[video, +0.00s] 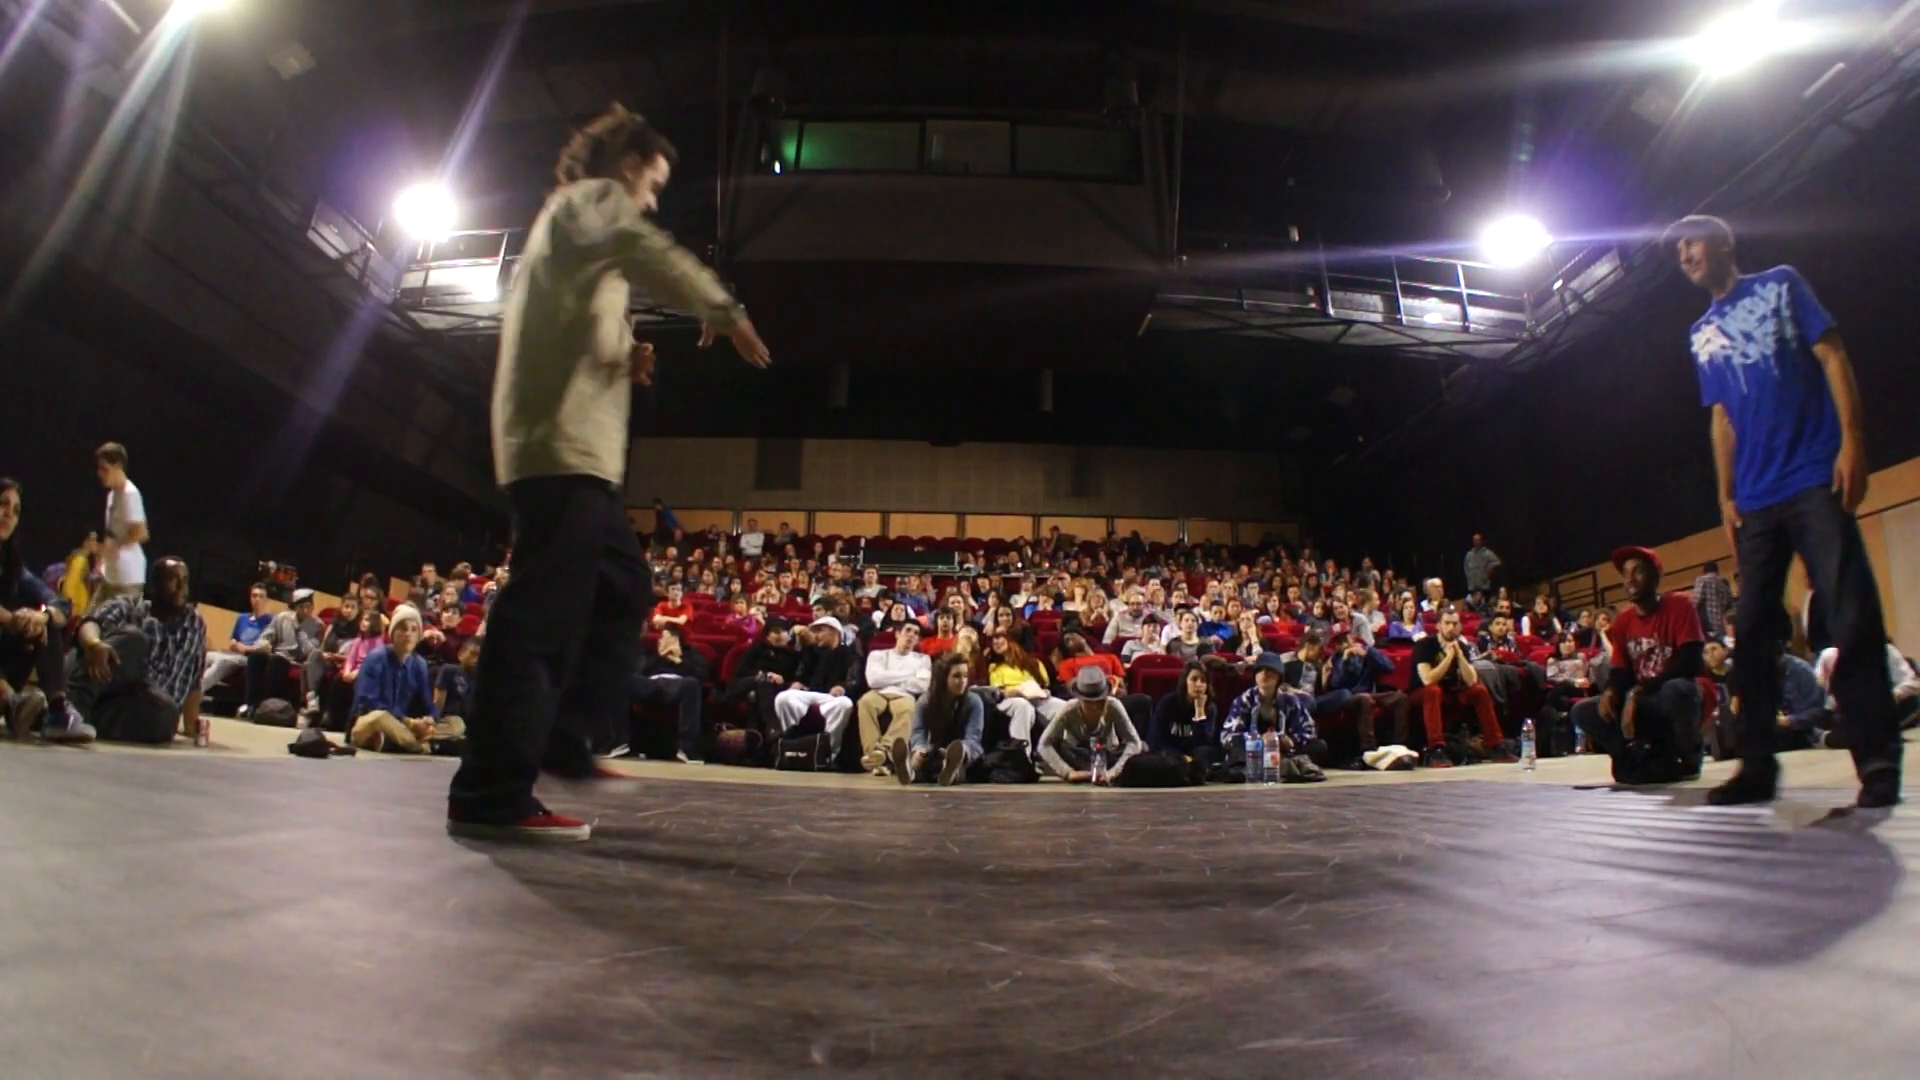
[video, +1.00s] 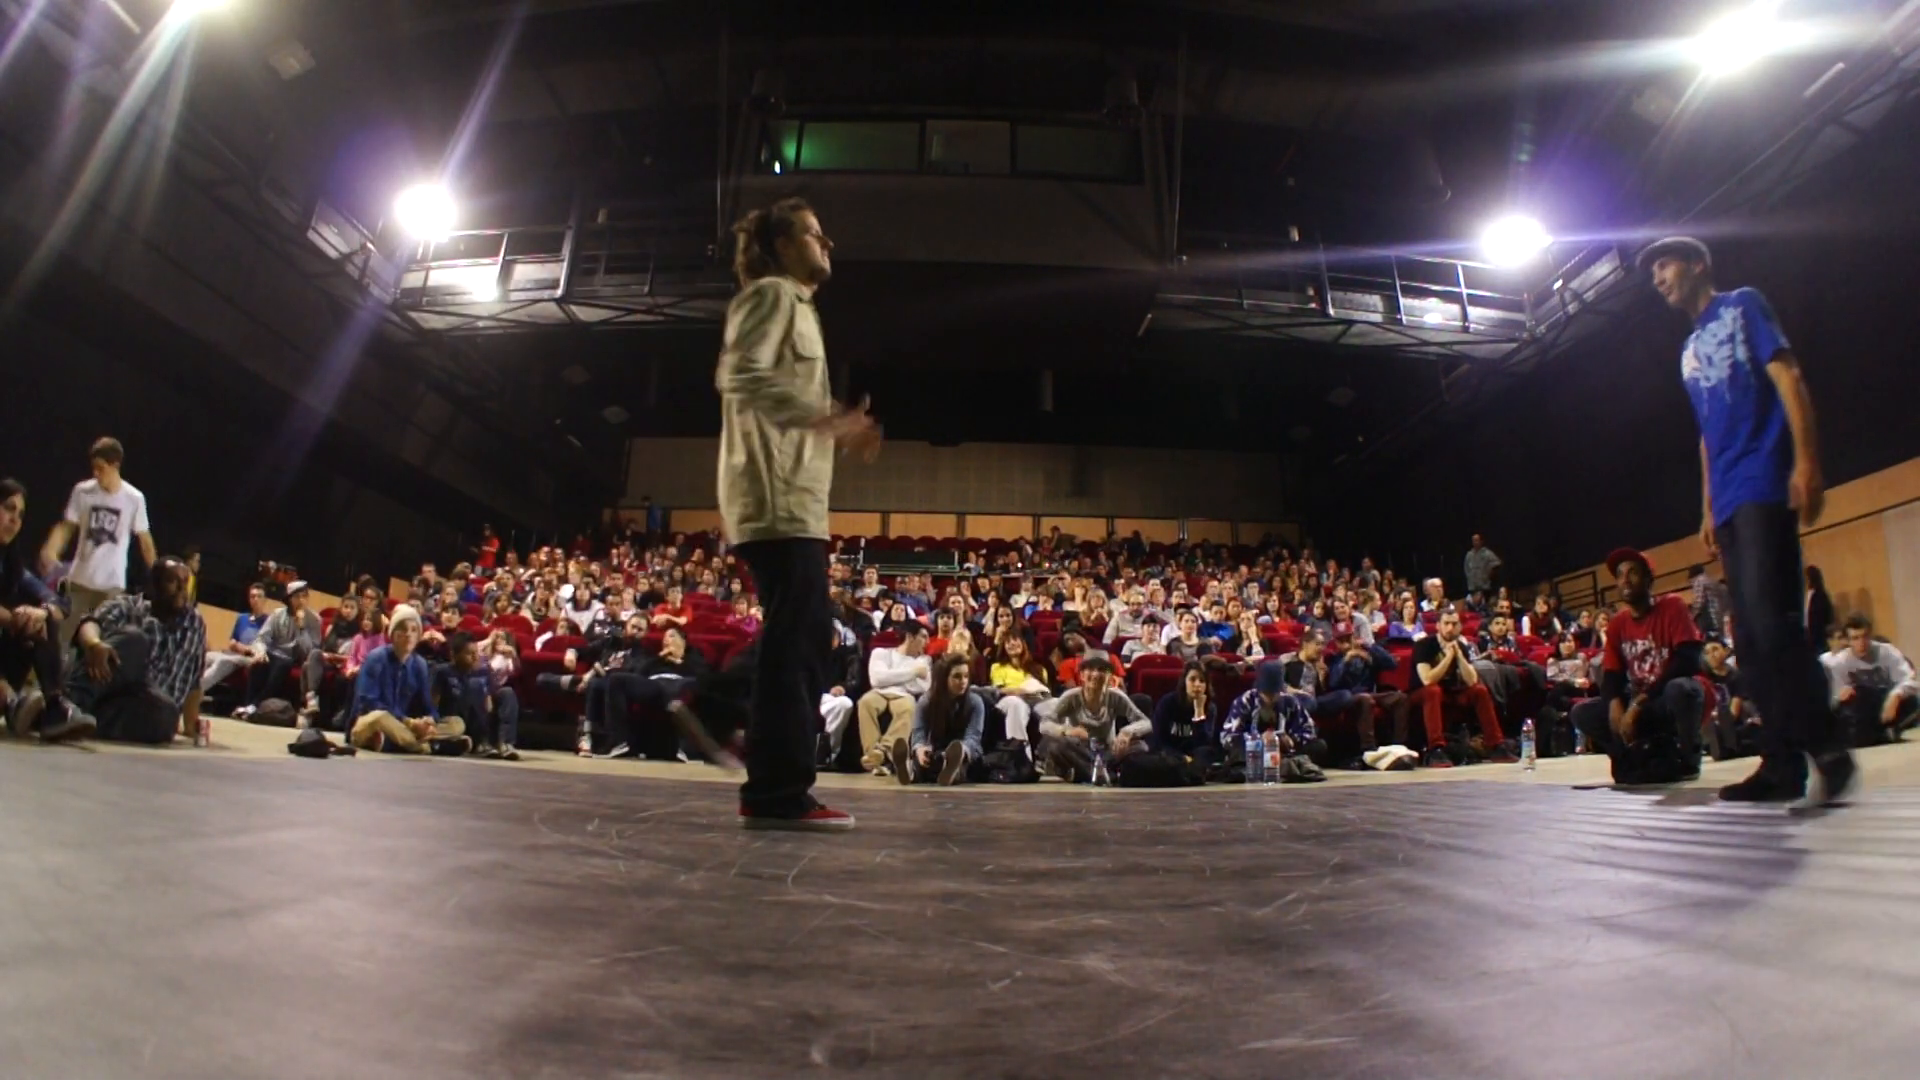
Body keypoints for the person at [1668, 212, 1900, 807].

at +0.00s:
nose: (1687, 256)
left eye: (1695, 243)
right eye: (1681, 250)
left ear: (1726, 245)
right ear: (1684, 263)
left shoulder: (1780, 285)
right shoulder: (1700, 335)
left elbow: (1833, 358)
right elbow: (1721, 418)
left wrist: (1852, 445)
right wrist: (1726, 496)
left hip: (1813, 480)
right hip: (1754, 498)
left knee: (1851, 621)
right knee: (1751, 628)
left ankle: (1878, 770)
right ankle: (1756, 768)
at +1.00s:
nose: (1658, 278)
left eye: (1665, 265)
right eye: (1654, 274)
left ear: (1698, 264)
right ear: (1662, 286)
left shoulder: (1741, 303)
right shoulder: (1687, 354)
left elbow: (1786, 376)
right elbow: (1707, 436)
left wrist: (1806, 461)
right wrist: (1709, 512)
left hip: (1764, 484)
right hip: (1727, 499)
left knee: (1773, 620)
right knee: (1750, 630)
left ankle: (1828, 752)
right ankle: (1780, 763)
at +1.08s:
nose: (1649, 285)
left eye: (1656, 272)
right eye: (1645, 280)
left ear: (1689, 271)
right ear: (1652, 291)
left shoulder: (1728, 308)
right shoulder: (1682, 358)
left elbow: (1772, 381)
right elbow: (1702, 440)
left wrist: (1786, 466)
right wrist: (1706, 510)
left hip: (1751, 482)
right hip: (1720, 495)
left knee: (1749, 612)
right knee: (1744, 619)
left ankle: (1784, 759)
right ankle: (1777, 758)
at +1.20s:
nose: (1634, 296)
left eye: (1640, 284)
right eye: (1629, 291)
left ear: (1674, 280)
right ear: (1637, 303)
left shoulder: (1710, 316)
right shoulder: (1673, 361)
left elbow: (1752, 391)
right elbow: (1698, 443)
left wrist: (1759, 480)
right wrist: (1700, 523)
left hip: (1736, 497)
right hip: (1711, 506)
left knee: (1716, 627)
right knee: (1757, 629)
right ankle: (1782, 761)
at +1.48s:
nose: (1596, 324)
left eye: (1601, 312)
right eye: (1593, 316)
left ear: (1632, 308)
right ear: (1616, 318)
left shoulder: (1658, 345)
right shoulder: (1647, 359)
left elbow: (1690, 419)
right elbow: (1671, 442)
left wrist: (1702, 501)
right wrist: (1658, 529)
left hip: (1682, 524)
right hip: (1690, 523)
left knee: (1660, 646)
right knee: (1731, 645)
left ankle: (1636, 772)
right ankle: (1777, 762)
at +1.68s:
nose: (1565, 332)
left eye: (1571, 321)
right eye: (1562, 324)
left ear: (1600, 320)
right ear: (1593, 326)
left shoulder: (1616, 359)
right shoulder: (1630, 361)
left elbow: (1643, 432)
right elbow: (1648, 441)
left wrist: (1640, 516)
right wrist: (1639, 518)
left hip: (1642, 533)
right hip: (1669, 529)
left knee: (1634, 654)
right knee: (1668, 649)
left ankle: (1633, 774)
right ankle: (1738, 737)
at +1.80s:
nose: (1551, 341)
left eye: (1556, 330)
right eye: (1548, 333)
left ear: (1586, 327)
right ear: (1588, 332)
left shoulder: (1597, 367)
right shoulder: (1624, 369)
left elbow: (1617, 439)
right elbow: (1638, 450)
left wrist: (1599, 522)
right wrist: (1622, 522)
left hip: (1627, 531)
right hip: (1650, 530)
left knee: (1619, 650)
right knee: (1632, 649)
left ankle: (1632, 772)